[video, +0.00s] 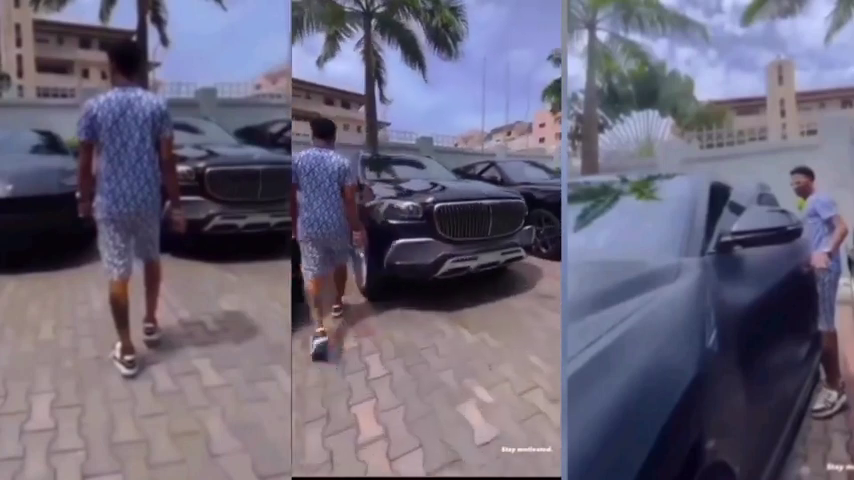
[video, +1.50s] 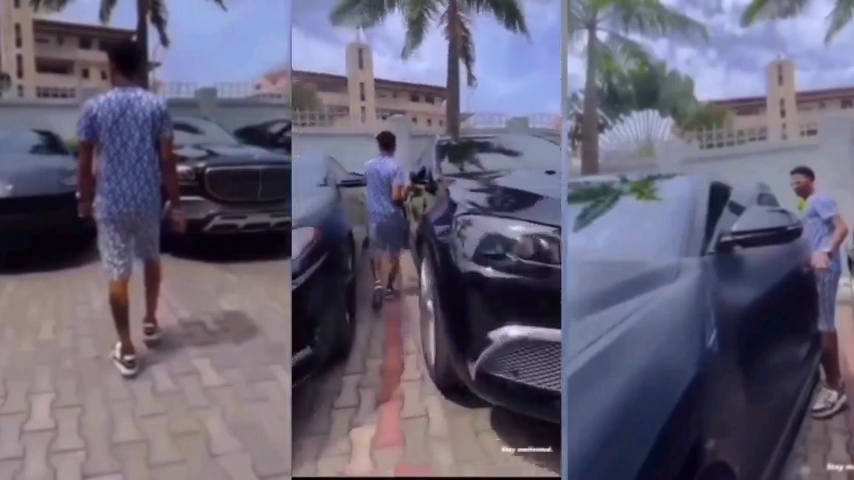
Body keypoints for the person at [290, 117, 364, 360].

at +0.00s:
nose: (325, 141)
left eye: (319, 135)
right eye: (330, 137)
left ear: (313, 135)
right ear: (334, 137)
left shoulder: (299, 160)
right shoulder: (342, 163)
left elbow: (293, 197)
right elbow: (349, 198)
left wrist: (295, 226)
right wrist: (356, 225)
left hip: (308, 226)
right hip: (336, 225)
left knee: (313, 277)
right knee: (340, 263)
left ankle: (319, 327)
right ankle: (338, 301)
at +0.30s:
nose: (298, 134)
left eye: (297, 130)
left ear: (297, 132)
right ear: (318, 132)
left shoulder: (289, 156)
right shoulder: (328, 159)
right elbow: (339, 193)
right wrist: (342, 216)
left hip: (296, 221)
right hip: (324, 221)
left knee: (299, 266)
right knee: (324, 269)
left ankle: (301, 306)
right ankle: (322, 318)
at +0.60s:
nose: (303, 139)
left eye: (297, 135)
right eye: (308, 134)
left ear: (294, 136)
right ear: (315, 135)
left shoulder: (289, 160)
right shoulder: (325, 161)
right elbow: (336, 190)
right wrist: (335, 206)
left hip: (299, 222)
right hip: (324, 221)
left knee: (307, 264)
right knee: (327, 267)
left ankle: (317, 297)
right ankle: (323, 320)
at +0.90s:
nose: (323, 138)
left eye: (317, 134)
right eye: (328, 134)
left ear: (311, 135)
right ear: (331, 135)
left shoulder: (300, 159)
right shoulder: (340, 158)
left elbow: (298, 188)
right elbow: (348, 188)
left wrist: (305, 207)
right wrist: (350, 206)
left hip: (315, 214)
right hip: (340, 213)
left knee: (325, 259)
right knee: (350, 250)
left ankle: (334, 302)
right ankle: (349, 290)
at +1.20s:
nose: (354, 145)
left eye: (349, 142)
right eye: (357, 142)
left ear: (344, 143)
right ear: (362, 143)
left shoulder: (333, 165)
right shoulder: (368, 165)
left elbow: (333, 193)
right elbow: (373, 193)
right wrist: (382, 187)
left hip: (344, 217)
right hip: (366, 216)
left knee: (351, 260)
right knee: (369, 256)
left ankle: (357, 307)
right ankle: (367, 283)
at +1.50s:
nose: (392, 148)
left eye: (386, 145)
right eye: (393, 145)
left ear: (378, 146)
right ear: (394, 146)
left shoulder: (369, 165)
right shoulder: (395, 167)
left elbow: (368, 186)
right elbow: (396, 196)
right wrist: (406, 191)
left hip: (374, 213)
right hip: (392, 214)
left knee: (375, 250)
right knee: (394, 253)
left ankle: (377, 283)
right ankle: (390, 286)